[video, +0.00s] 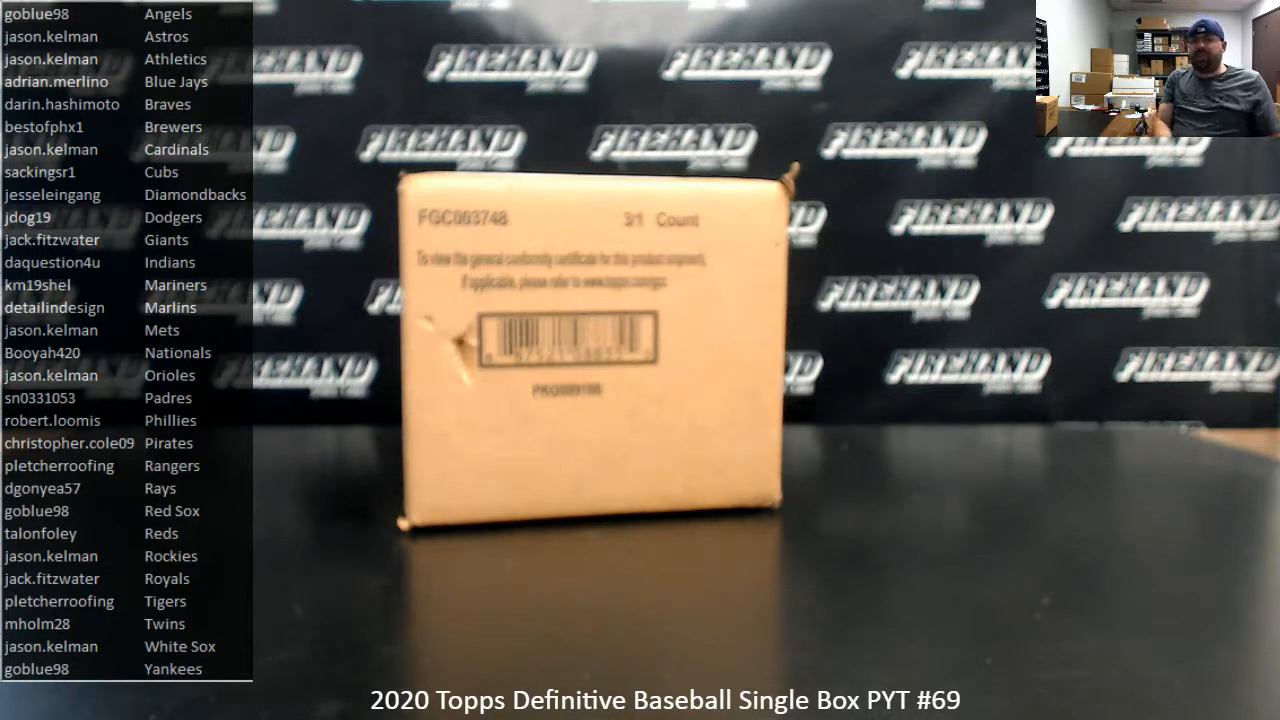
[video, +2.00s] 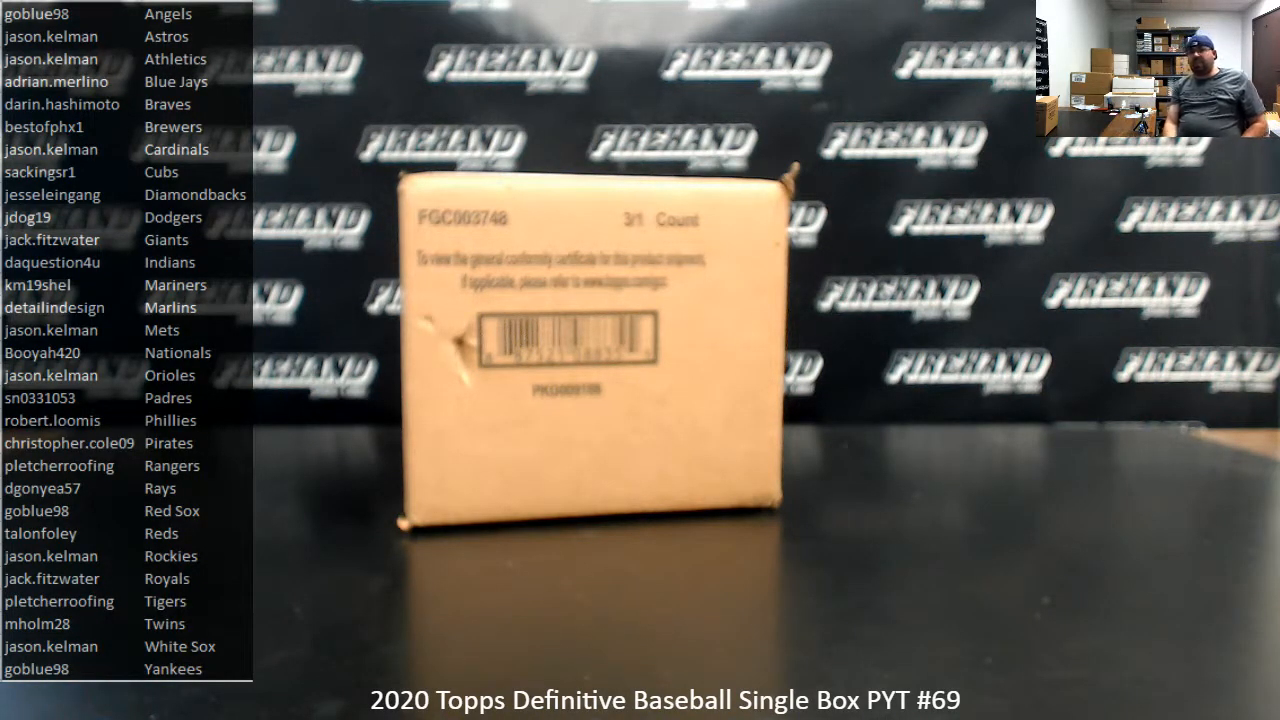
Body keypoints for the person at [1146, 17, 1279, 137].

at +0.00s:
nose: (1200, 46)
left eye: (1208, 40)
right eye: (1193, 41)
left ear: (1223, 46)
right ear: (1186, 47)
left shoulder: (1251, 81)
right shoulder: (1177, 79)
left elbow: (1273, 135)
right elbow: (1161, 122)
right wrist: (1168, 151)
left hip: (1235, 166)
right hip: (1183, 166)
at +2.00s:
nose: (1196, 55)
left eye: (1201, 50)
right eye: (1191, 52)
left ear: (1214, 54)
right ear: (1187, 57)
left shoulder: (1238, 80)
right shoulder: (1181, 86)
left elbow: (1260, 123)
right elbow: (1171, 122)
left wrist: (1237, 150)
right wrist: (1168, 150)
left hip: (1226, 154)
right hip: (1186, 154)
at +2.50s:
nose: (1197, 57)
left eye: (1203, 51)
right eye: (1194, 52)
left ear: (1221, 52)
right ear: (1191, 54)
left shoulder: (1248, 82)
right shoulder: (1190, 83)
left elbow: (1267, 134)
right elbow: (1176, 120)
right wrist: (1167, 149)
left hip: (1229, 162)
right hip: (1187, 160)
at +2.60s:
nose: (1190, 58)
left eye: (1196, 51)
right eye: (1190, 52)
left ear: (1217, 51)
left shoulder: (1247, 83)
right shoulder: (1191, 82)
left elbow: (1266, 136)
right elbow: (1176, 120)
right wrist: (1164, 149)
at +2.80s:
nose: (1174, 61)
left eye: (1180, 54)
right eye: (1175, 55)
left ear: (1203, 53)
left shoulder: (1237, 89)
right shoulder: (1185, 85)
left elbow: (1262, 141)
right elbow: (1173, 122)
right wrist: (1163, 152)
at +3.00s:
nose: (1165, 62)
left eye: (1169, 56)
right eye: (1165, 56)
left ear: (1191, 55)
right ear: (1191, 55)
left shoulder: (1227, 90)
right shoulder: (1179, 86)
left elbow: (1253, 143)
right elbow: (1170, 125)